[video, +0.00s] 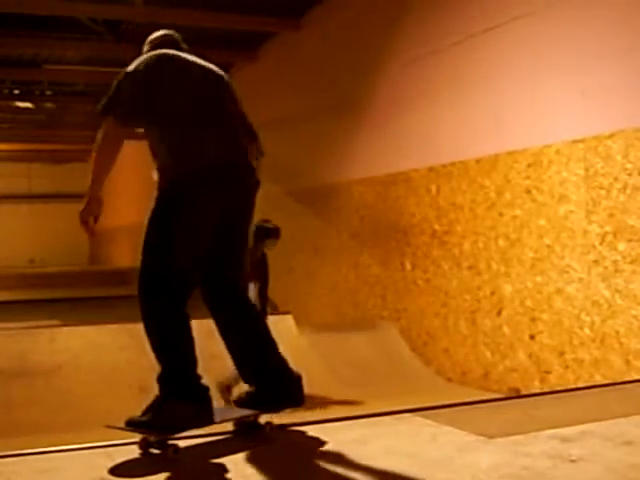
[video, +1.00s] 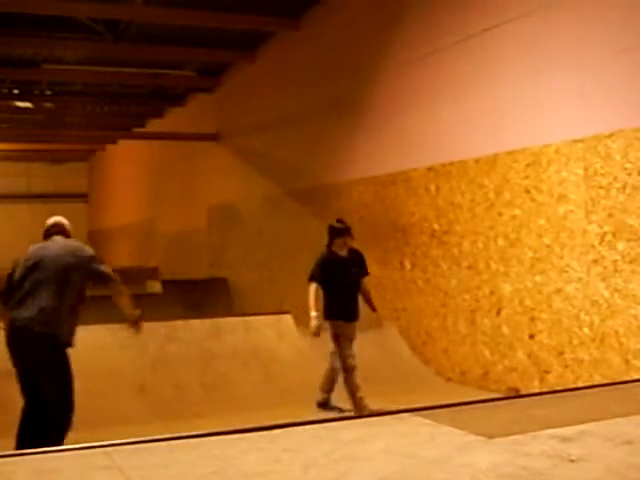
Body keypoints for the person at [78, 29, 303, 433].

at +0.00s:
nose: (147, 58)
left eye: (147, 53)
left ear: (147, 52)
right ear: (184, 49)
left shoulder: (142, 70)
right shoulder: (214, 74)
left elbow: (111, 133)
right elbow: (250, 143)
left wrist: (94, 195)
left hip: (186, 190)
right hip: (237, 186)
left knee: (160, 292)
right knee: (224, 287)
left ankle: (182, 398)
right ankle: (277, 384)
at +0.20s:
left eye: (135, 57)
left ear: (136, 54)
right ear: (170, 49)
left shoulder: (130, 71)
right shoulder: (207, 70)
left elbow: (89, 125)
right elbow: (245, 125)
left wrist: (84, 173)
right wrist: (229, 170)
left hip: (164, 193)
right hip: (217, 189)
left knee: (145, 281)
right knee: (230, 282)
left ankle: (161, 378)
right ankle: (271, 379)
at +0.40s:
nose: (101, 120)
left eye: (101, 115)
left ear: (107, 111)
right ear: (131, 105)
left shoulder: (106, 121)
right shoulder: (173, 113)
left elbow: (69, 162)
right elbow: (216, 154)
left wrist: (59, 196)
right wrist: (212, 193)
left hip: (146, 215)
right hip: (198, 207)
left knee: (151, 311)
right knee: (225, 300)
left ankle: (144, 412)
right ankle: (232, 380)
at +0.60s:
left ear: (90, 189)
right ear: (119, 179)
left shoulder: (85, 204)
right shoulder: (149, 192)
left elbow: (49, 248)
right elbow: (193, 219)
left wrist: (44, 295)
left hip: (109, 294)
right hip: (153, 285)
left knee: (143, 369)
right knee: (196, 357)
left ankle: (152, 436)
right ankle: (200, 412)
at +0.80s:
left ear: (64, 232)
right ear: (89, 225)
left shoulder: (54, 251)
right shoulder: (108, 238)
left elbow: (33, 310)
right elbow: (154, 264)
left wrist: (41, 355)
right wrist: (178, 281)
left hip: (63, 343)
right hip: (101, 340)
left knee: (83, 413)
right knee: (121, 412)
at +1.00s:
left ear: (44, 236)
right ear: (69, 234)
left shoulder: (31, 253)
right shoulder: (80, 252)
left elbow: (9, 289)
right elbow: (112, 281)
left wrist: (8, 317)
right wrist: (131, 313)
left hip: (18, 333)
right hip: (49, 336)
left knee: (34, 401)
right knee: (60, 404)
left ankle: (23, 459)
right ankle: (46, 460)